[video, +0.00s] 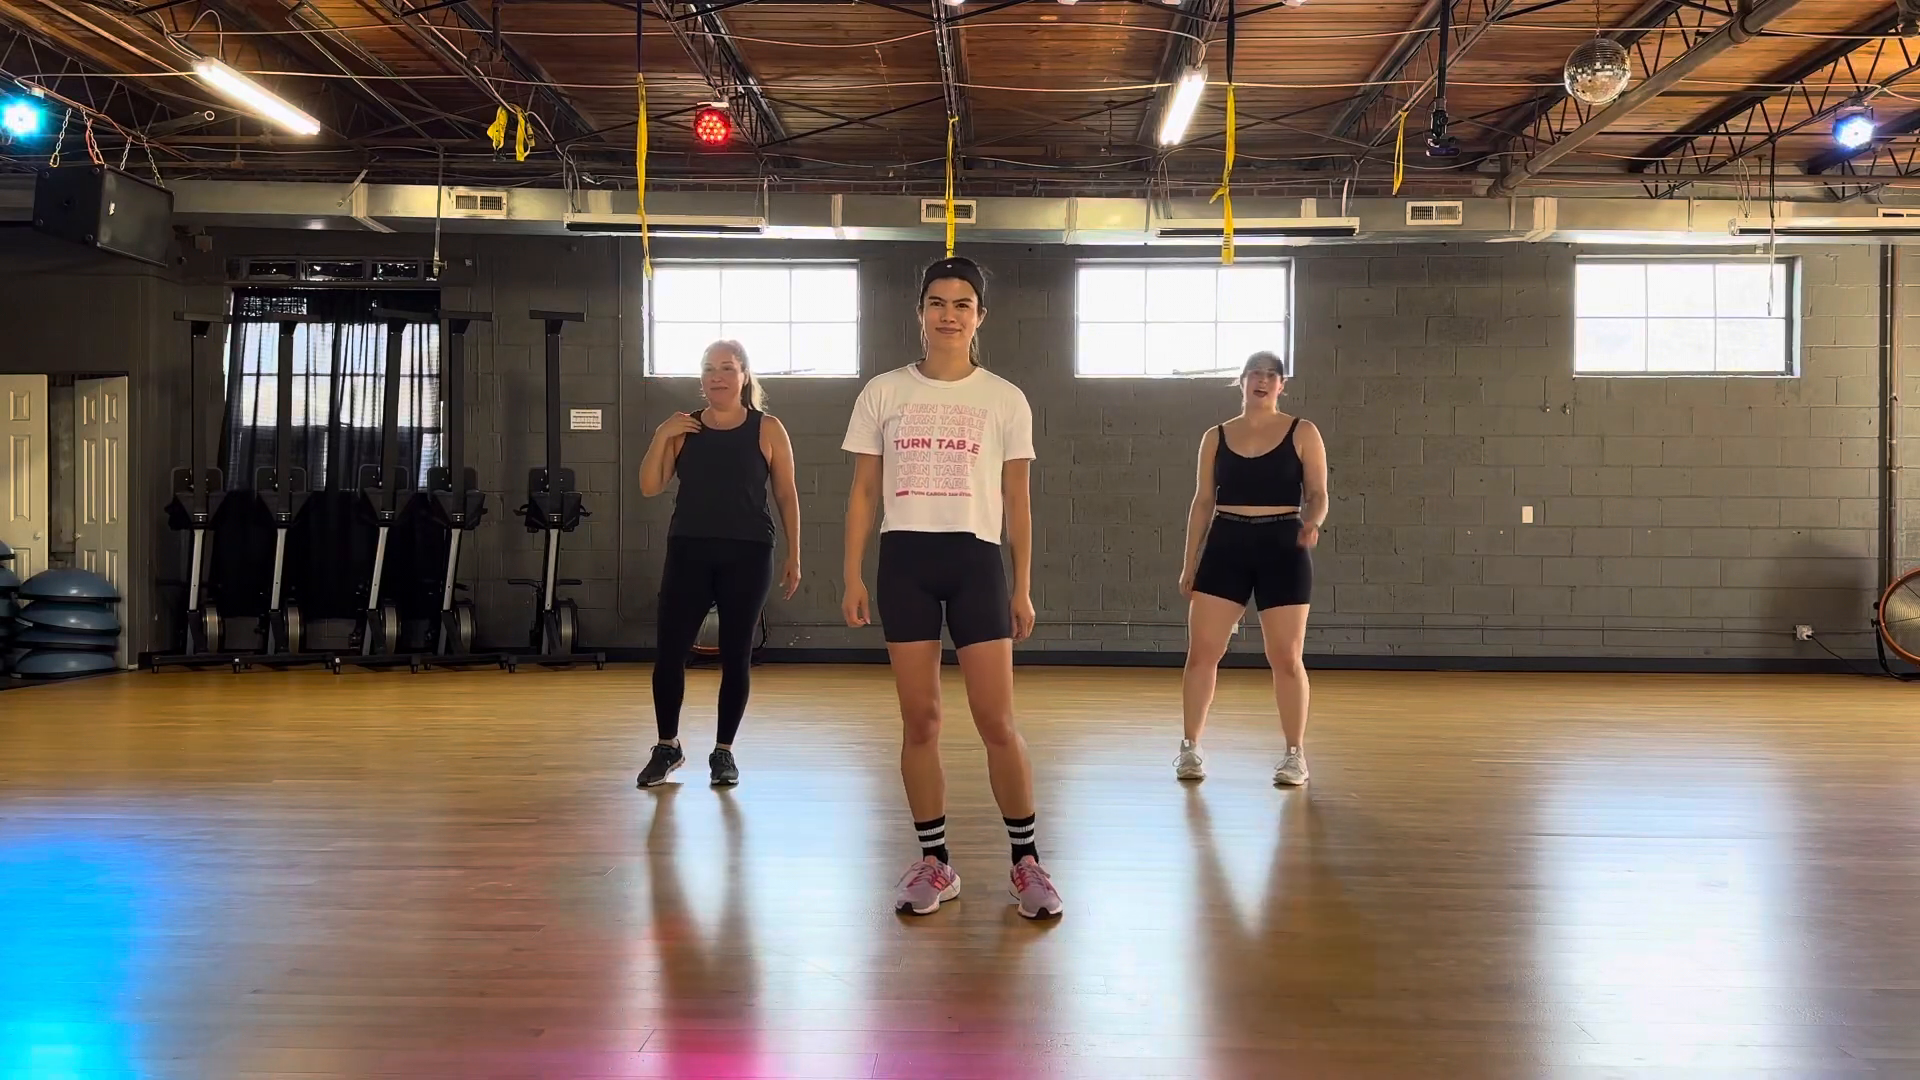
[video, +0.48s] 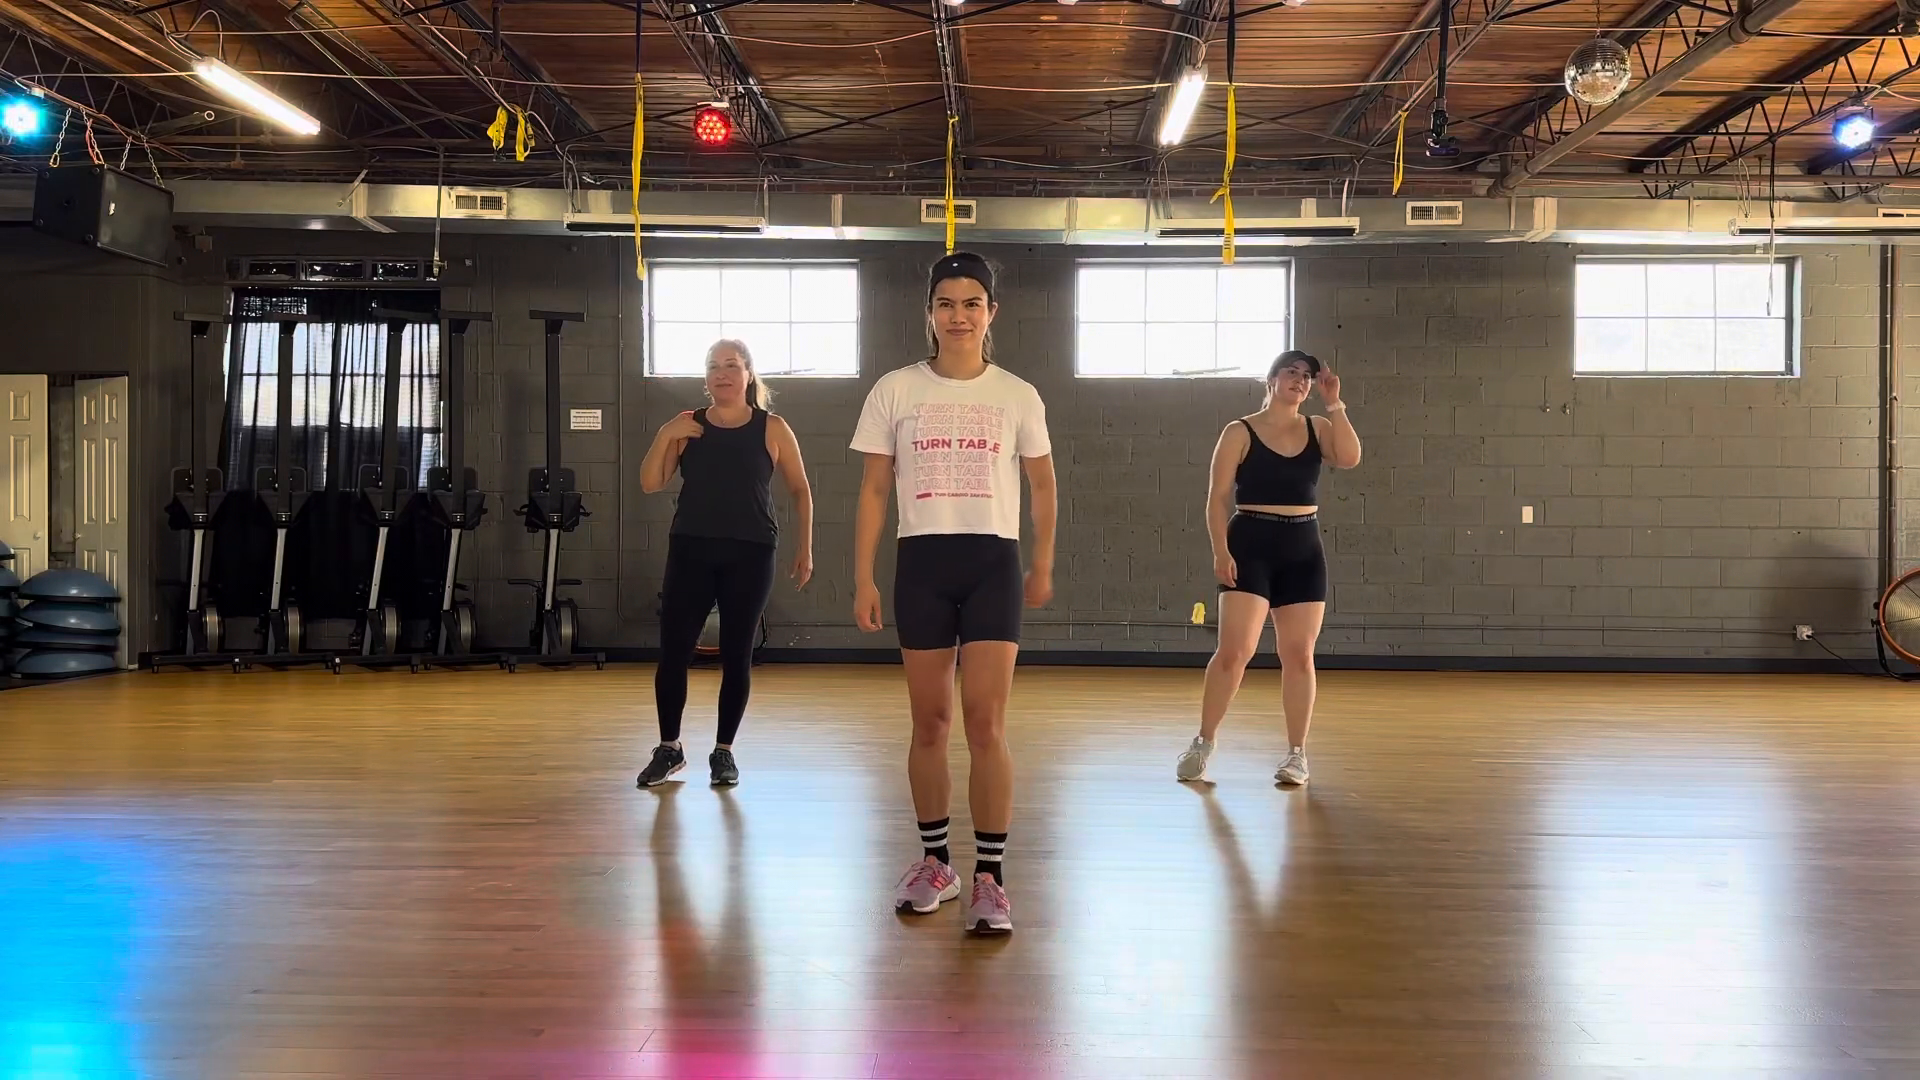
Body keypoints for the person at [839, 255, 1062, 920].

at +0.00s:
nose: (948, 314)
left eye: (961, 304)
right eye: (937, 303)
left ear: (978, 317)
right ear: (921, 313)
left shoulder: (1006, 400)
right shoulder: (882, 393)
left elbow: (1017, 502)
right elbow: (863, 492)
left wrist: (1022, 587)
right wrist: (853, 575)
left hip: (978, 565)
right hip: (904, 564)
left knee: (997, 725)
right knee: (921, 722)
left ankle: (1026, 864)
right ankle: (934, 863)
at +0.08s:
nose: (945, 314)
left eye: (958, 304)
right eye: (934, 303)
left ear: (976, 316)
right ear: (918, 313)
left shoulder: (1003, 399)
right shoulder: (880, 393)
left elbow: (1015, 499)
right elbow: (861, 492)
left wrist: (1018, 584)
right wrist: (852, 573)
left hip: (978, 564)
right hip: (903, 563)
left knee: (993, 722)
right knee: (920, 721)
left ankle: (1021, 862)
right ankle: (934, 863)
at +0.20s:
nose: (946, 315)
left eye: (958, 305)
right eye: (934, 303)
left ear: (976, 315)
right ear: (917, 312)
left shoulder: (1004, 397)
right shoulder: (881, 391)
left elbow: (1019, 496)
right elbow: (861, 492)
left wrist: (1006, 575)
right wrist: (849, 577)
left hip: (980, 563)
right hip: (905, 562)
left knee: (987, 720)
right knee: (921, 720)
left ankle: (1008, 865)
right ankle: (934, 864)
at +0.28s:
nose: (947, 316)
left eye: (960, 306)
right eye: (936, 305)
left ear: (978, 315)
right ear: (919, 313)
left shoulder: (1007, 398)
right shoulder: (884, 393)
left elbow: (1025, 492)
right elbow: (864, 494)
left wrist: (1003, 566)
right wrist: (852, 580)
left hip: (982, 563)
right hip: (909, 562)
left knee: (983, 721)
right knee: (922, 719)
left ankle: (1001, 871)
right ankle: (934, 863)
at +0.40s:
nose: (953, 316)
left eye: (965, 305)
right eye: (941, 304)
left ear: (984, 315)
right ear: (925, 313)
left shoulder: (1014, 398)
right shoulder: (890, 393)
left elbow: (1034, 491)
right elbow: (869, 493)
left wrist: (1019, 567)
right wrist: (858, 579)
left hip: (988, 567)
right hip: (915, 566)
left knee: (982, 724)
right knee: (925, 720)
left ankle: (989, 877)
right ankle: (934, 863)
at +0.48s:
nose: (959, 314)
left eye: (971, 303)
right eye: (947, 303)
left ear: (989, 312)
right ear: (931, 312)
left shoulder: (1019, 396)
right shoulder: (894, 390)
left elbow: (1042, 485)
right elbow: (874, 490)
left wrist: (1041, 564)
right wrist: (863, 577)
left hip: (995, 567)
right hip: (922, 566)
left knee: (985, 725)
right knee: (929, 723)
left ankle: (989, 879)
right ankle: (935, 865)